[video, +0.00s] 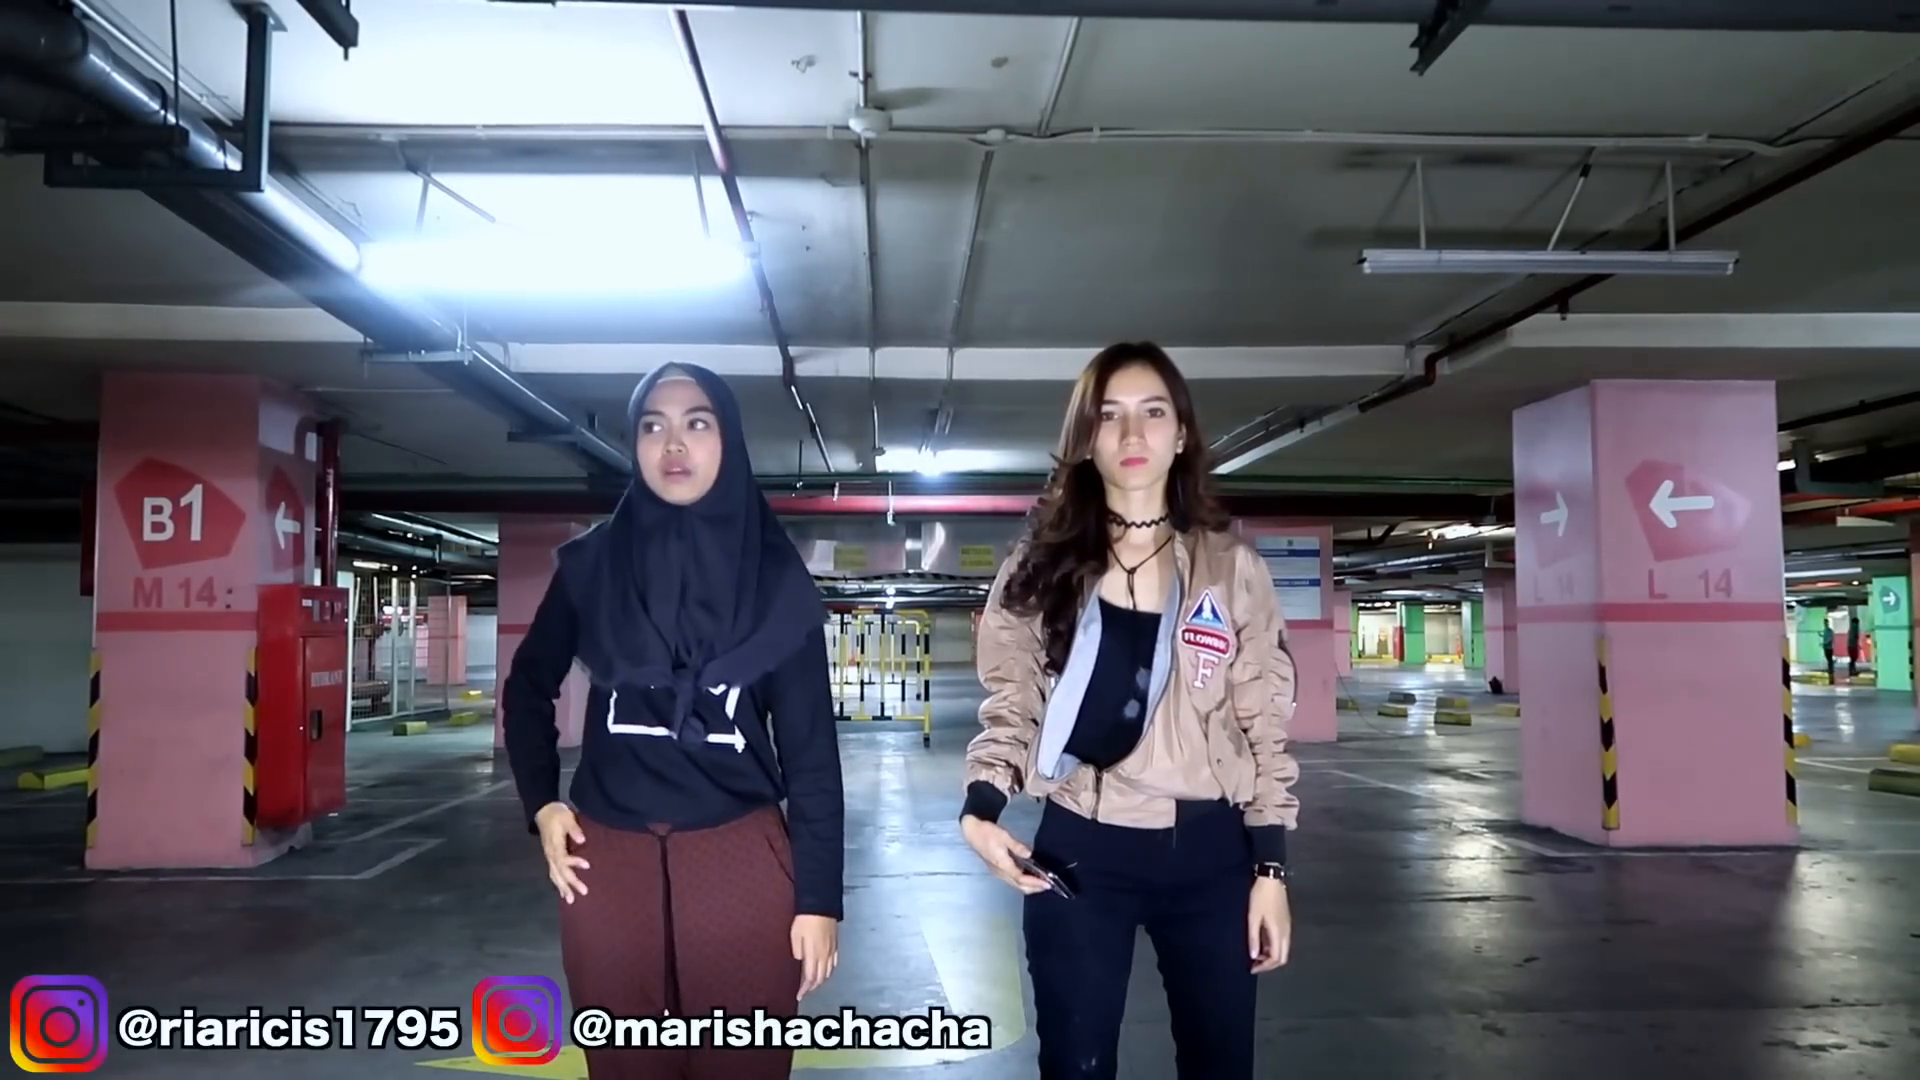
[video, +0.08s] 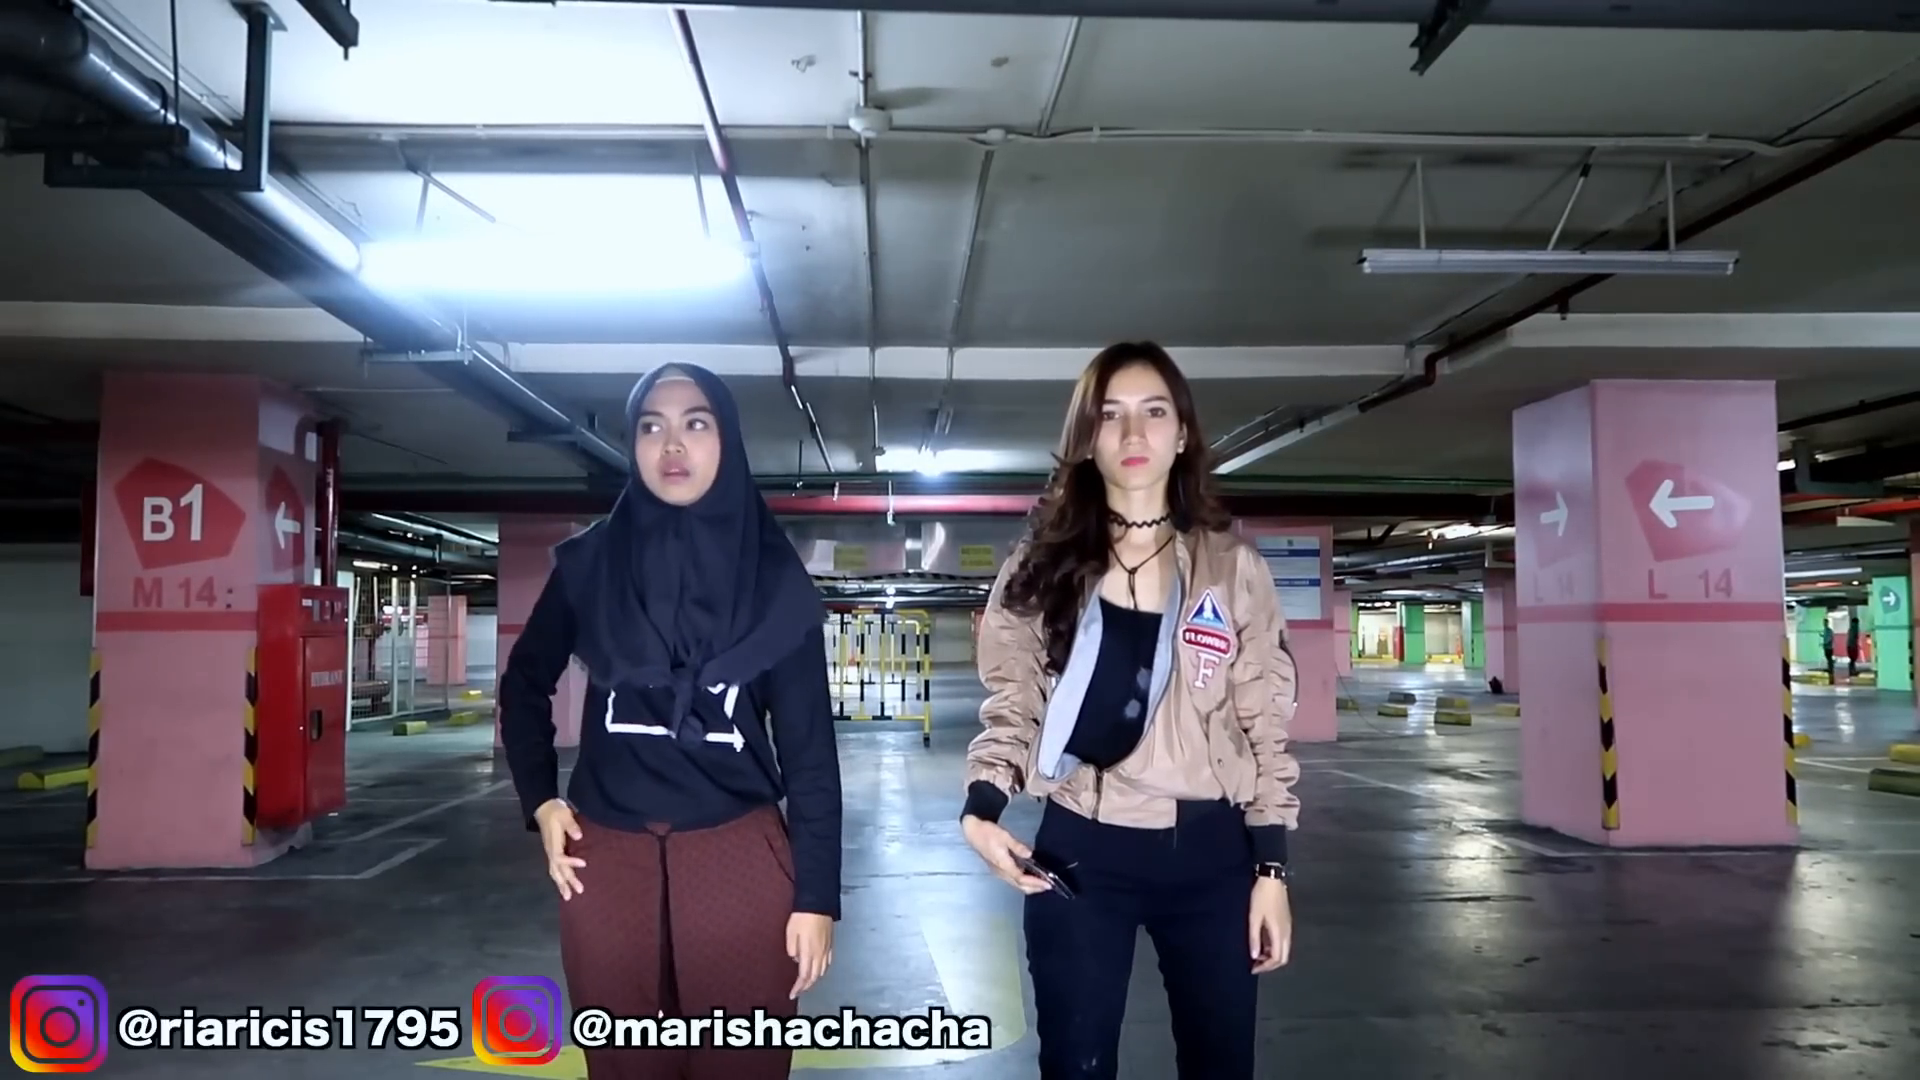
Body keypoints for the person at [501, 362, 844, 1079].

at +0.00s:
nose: (674, 444)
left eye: (697, 424)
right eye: (654, 426)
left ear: (730, 443)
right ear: (635, 447)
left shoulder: (772, 572)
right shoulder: (592, 565)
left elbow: (811, 747)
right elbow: (528, 686)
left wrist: (819, 899)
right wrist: (542, 804)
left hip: (740, 858)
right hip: (608, 861)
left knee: (746, 1063)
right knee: (622, 1065)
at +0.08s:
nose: (672, 444)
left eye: (696, 424)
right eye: (652, 426)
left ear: (728, 443)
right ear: (633, 448)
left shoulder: (770, 572)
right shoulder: (589, 564)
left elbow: (809, 746)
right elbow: (524, 683)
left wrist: (817, 896)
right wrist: (541, 800)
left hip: (739, 858)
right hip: (607, 861)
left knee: (742, 1064)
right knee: (620, 1066)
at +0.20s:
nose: (671, 444)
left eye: (694, 424)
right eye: (651, 426)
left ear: (727, 444)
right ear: (631, 449)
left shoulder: (770, 574)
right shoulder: (586, 564)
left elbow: (808, 748)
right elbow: (520, 683)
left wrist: (813, 896)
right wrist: (540, 799)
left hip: (737, 858)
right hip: (605, 861)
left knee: (739, 1064)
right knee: (617, 1066)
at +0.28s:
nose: (671, 444)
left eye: (694, 424)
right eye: (650, 426)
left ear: (726, 444)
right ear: (631, 449)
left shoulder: (768, 572)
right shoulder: (585, 563)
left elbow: (805, 746)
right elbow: (520, 684)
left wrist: (809, 897)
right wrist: (540, 801)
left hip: (734, 858)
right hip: (604, 861)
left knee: (738, 1064)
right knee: (615, 1065)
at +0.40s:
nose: (672, 443)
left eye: (695, 423)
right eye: (651, 425)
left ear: (725, 442)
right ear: (631, 448)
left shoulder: (767, 572)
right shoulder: (583, 563)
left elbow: (800, 745)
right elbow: (520, 686)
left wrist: (802, 896)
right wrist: (541, 803)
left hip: (733, 856)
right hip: (602, 858)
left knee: (738, 1064)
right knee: (615, 1065)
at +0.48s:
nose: (673, 449)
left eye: (696, 428)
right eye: (653, 429)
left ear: (727, 445)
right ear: (632, 448)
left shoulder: (765, 570)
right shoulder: (583, 561)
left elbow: (807, 743)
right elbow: (522, 686)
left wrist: (806, 886)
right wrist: (541, 803)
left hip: (731, 850)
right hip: (600, 854)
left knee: (733, 1063)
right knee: (613, 1062)